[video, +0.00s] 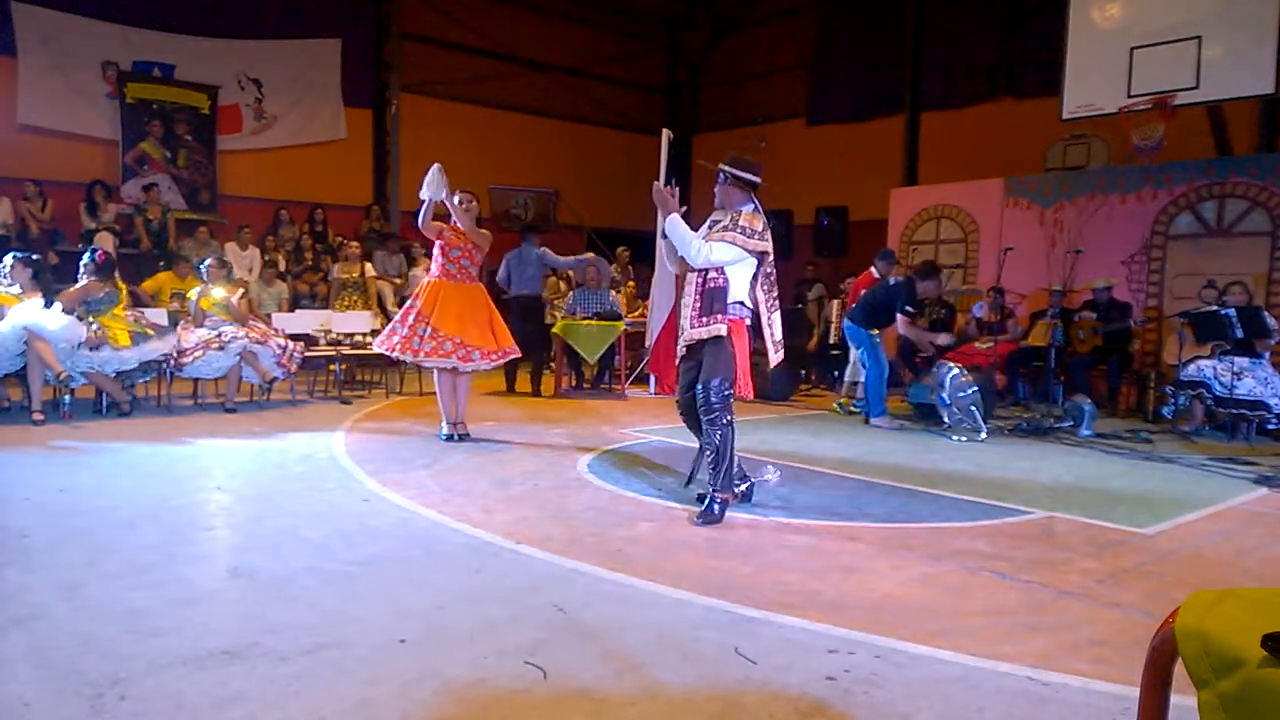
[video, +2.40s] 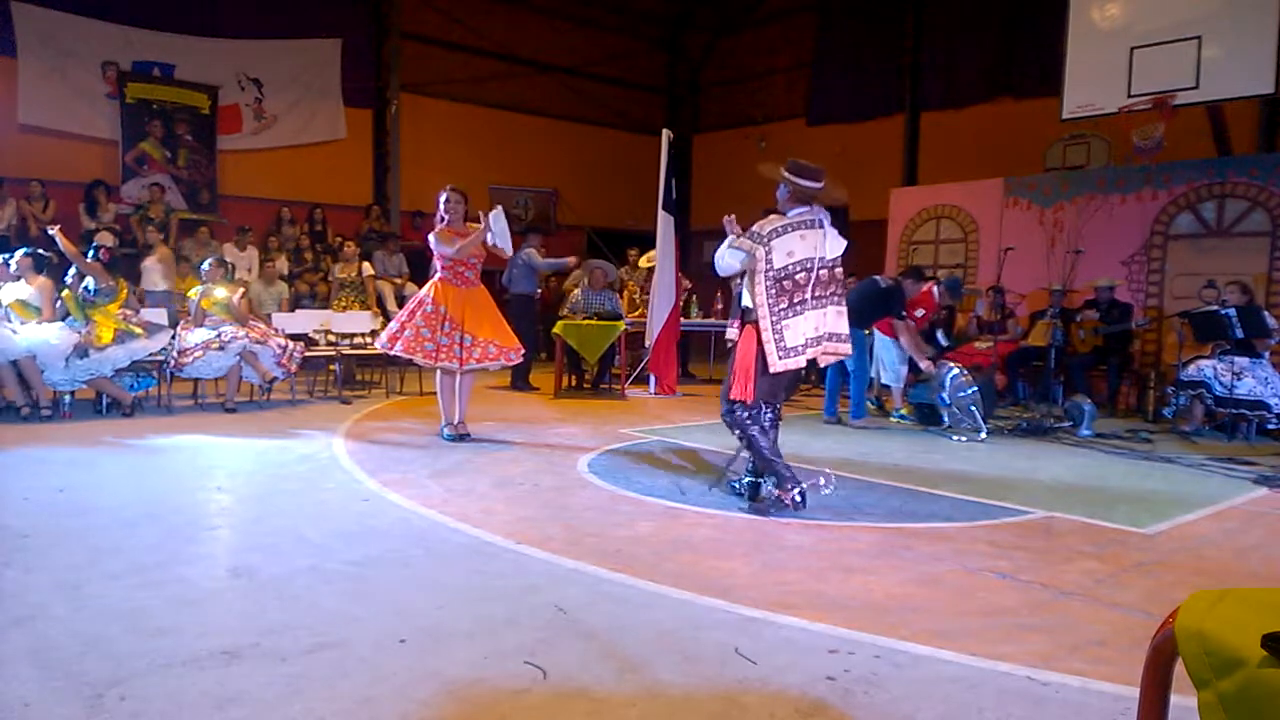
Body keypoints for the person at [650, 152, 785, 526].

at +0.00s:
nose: (714, 189)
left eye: (719, 183)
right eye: (716, 182)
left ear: (733, 187)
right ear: (739, 188)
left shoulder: (747, 226)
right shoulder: (719, 220)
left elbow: (700, 255)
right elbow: (680, 262)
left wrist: (670, 216)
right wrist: (669, 219)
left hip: (727, 324)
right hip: (701, 324)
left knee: (714, 402)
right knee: (688, 405)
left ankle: (720, 492)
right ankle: (734, 476)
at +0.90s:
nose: (727, 173)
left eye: (731, 168)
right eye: (730, 167)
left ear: (740, 172)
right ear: (761, 175)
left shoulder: (734, 212)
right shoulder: (771, 205)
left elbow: (693, 251)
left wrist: (686, 216)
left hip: (738, 312)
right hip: (755, 310)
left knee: (726, 398)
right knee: (727, 397)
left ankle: (774, 482)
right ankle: (734, 484)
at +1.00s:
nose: (732, 176)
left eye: (736, 170)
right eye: (736, 169)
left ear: (745, 174)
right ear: (766, 177)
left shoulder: (735, 214)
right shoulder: (778, 209)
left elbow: (695, 254)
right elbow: (738, 250)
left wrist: (686, 223)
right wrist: (708, 229)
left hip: (743, 317)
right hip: (765, 315)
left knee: (736, 399)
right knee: (727, 393)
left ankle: (782, 486)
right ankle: (735, 480)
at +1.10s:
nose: (736, 179)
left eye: (739, 173)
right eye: (739, 173)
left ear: (747, 176)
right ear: (772, 178)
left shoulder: (735, 218)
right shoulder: (792, 216)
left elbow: (697, 261)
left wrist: (695, 227)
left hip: (752, 325)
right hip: (783, 323)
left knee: (731, 400)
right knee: (736, 399)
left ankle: (781, 486)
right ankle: (738, 481)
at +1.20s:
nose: (740, 185)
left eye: (742, 179)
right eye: (742, 179)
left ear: (749, 183)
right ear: (777, 183)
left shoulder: (739, 222)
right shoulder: (794, 218)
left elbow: (701, 265)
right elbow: (751, 258)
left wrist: (698, 229)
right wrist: (725, 224)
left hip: (753, 326)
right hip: (787, 324)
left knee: (725, 404)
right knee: (741, 400)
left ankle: (778, 483)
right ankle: (743, 481)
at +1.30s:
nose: (744, 189)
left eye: (747, 183)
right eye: (746, 183)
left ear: (754, 185)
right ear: (782, 187)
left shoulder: (742, 227)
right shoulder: (799, 225)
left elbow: (704, 270)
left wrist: (705, 232)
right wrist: (730, 229)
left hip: (751, 328)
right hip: (785, 326)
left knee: (722, 405)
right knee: (746, 398)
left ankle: (776, 482)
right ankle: (740, 473)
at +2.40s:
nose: (777, 191)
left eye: (781, 187)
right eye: (780, 185)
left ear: (790, 192)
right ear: (813, 196)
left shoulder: (769, 229)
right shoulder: (826, 232)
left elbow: (724, 265)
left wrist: (733, 238)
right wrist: (748, 239)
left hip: (762, 331)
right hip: (801, 334)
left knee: (735, 408)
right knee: (769, 406)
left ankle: (787, 484)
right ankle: (755, 479)